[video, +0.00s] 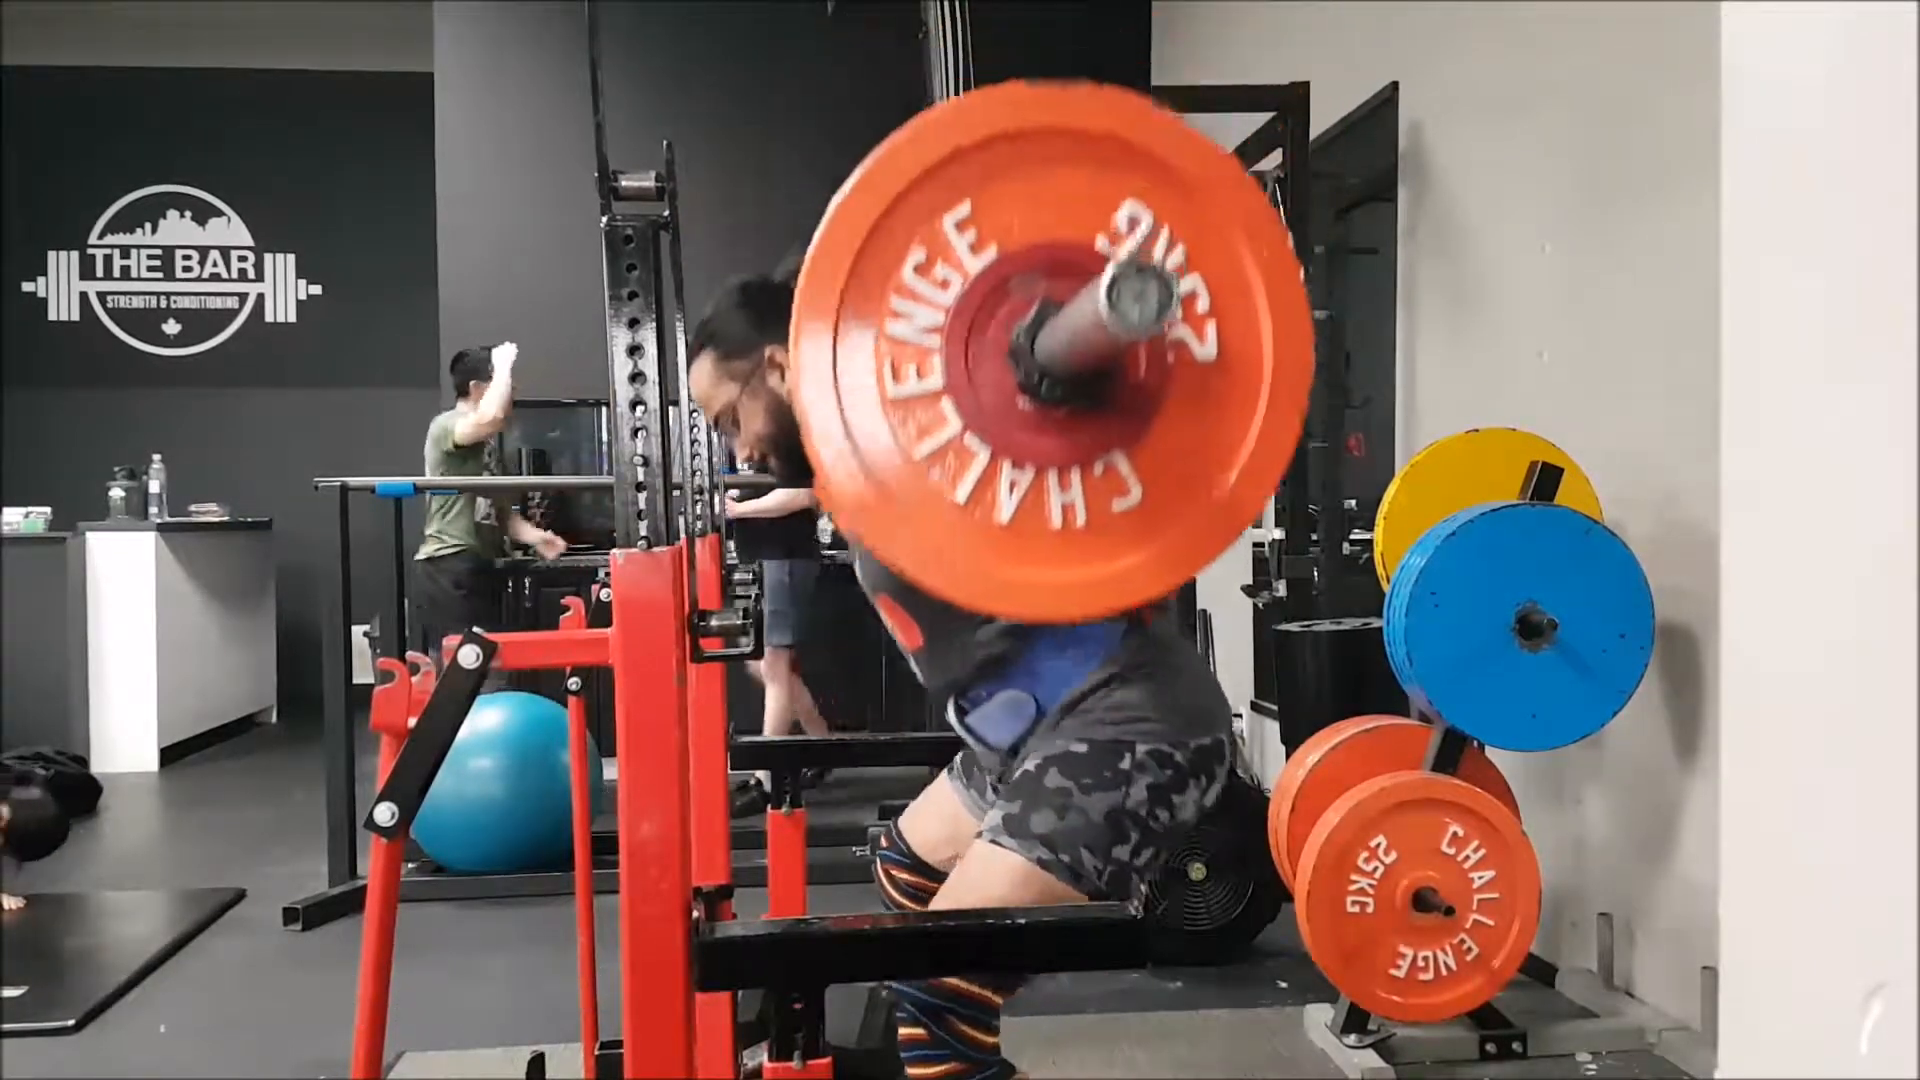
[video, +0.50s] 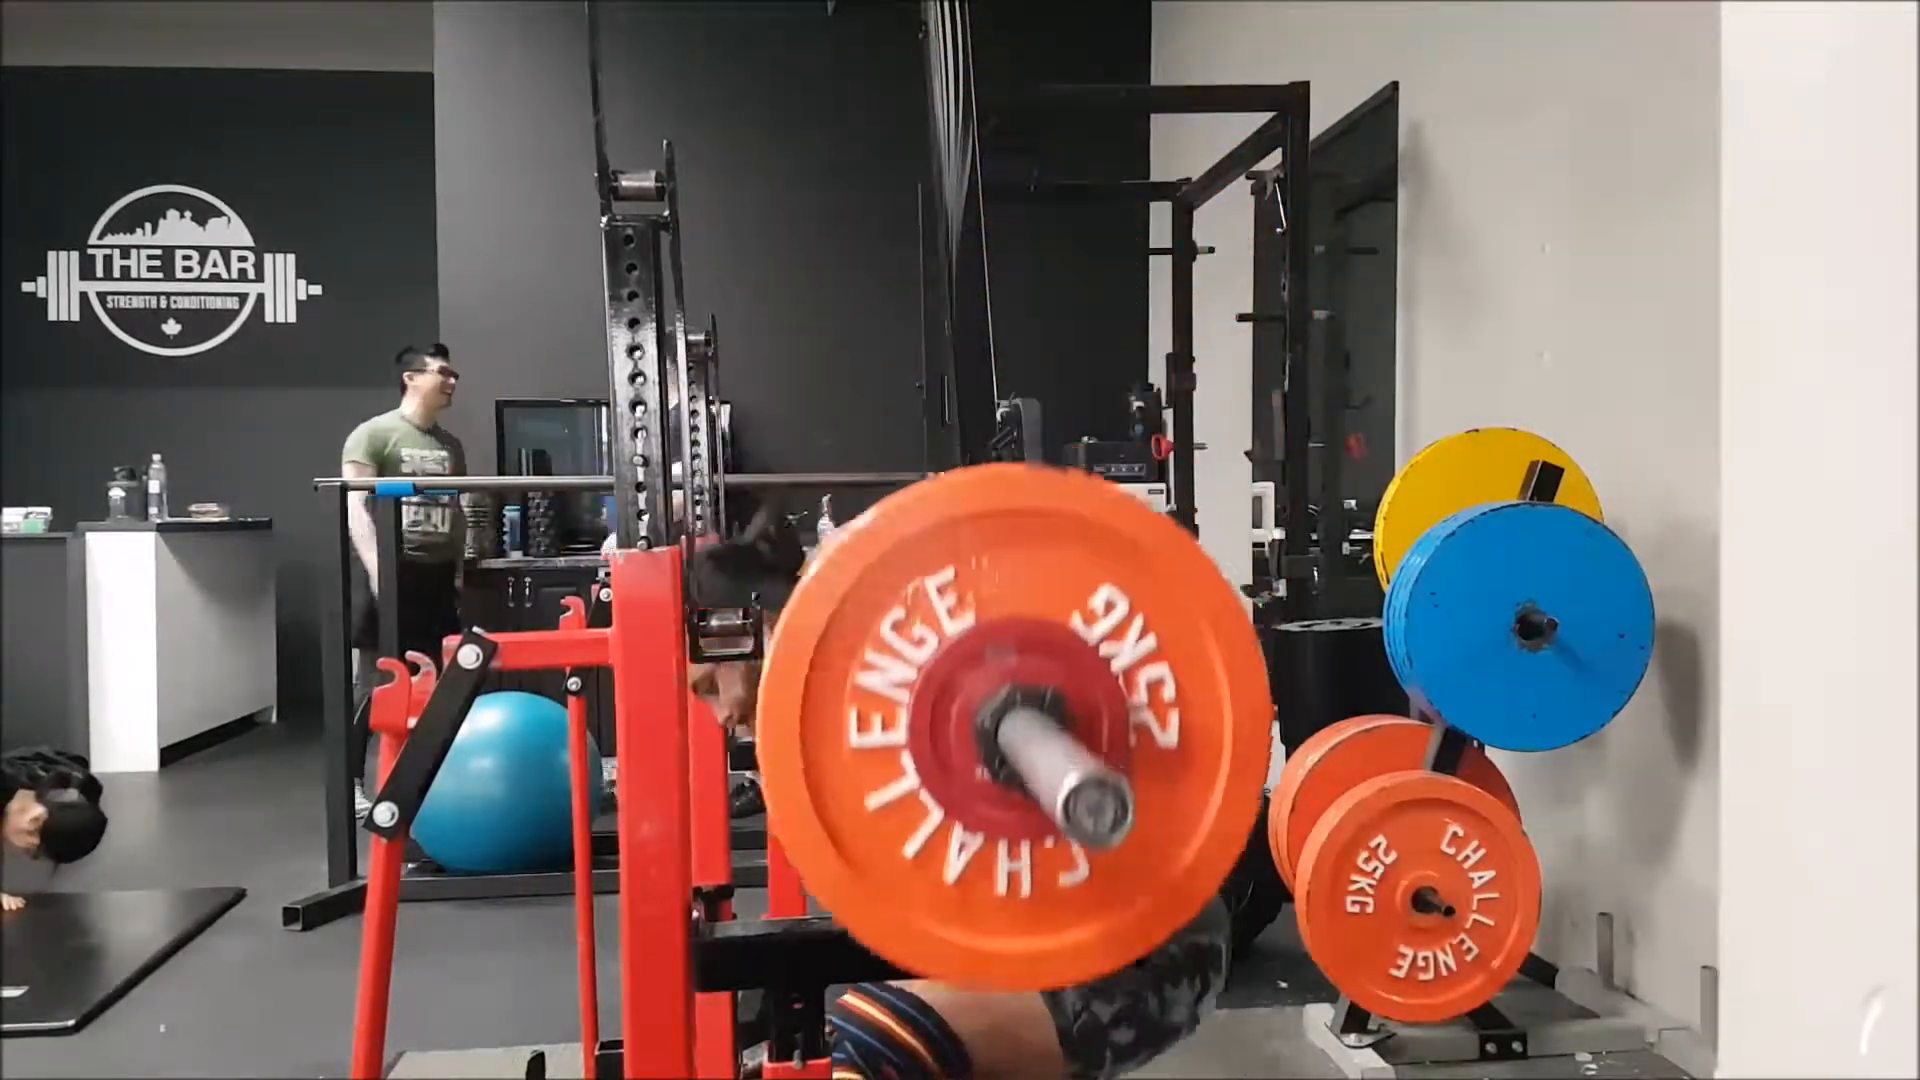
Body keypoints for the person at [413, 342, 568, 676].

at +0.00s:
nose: (508, 393)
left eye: (508, 385)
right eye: (499, 385)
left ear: (479, 391)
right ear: (474, 389)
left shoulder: (490, 442)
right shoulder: (445, 425)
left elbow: (503, 513)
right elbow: (492, 417)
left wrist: (538, 537)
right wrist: (502, 370)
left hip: (482, 563)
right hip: (446, 564)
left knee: (484, 660)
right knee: (462, 661)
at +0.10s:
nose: (499, 383)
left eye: (497, 375)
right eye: (490, 375)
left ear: (468, 384)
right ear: (462, 384)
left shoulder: (479, 434)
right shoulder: (436, 422)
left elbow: (486, 510)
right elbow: (456, 442)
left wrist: (511, 545)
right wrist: (514, 404)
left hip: (471, 557)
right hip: (435, 557)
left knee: (478, 653)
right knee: (447, 656)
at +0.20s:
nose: (489, 382)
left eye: (486, 375)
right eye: (480, 375)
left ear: (456, 385)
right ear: (451, 384)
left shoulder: (458, 436)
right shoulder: (430, 425)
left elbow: (464, 515)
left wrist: (490, 554)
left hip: (458, 560)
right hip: (430, 560)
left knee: (462, 656)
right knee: (433, 659)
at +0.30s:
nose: (478, 383)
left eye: (478, 377)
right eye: (470, 376)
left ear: (452, 385)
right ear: (440, 383)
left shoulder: (453, 441)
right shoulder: (415, 430)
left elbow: (463, 511)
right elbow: (410, 501)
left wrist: (480, 577)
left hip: (450, 567)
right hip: (419, 565)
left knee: (452, 672)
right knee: (417, 672)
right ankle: (371, 763)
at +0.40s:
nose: (466, 382)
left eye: (466, 376)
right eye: (457, 375)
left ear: (443, 385)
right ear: (425, 381)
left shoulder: (453, 445)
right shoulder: (392, 433)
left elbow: (458, 518)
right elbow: (385, 506)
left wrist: (466, 582)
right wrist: (422, 560)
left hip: (446, 576)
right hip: (400, 576)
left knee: (447, 678)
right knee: (394, 676)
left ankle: (439, 784)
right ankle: (352, 771)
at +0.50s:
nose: (452, 380)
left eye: (453, 374)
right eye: (443, 373)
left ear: (444, 385)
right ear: (411, 379)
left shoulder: (450, 446)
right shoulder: (370, 436)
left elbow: (458, 513)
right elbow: (358, 516)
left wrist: (459, 572)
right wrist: (382, 577)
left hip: (441, 578)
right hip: (394, 578)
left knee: (440, 687)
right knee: (382, 686)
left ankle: (433, 791)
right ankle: (365, 786)